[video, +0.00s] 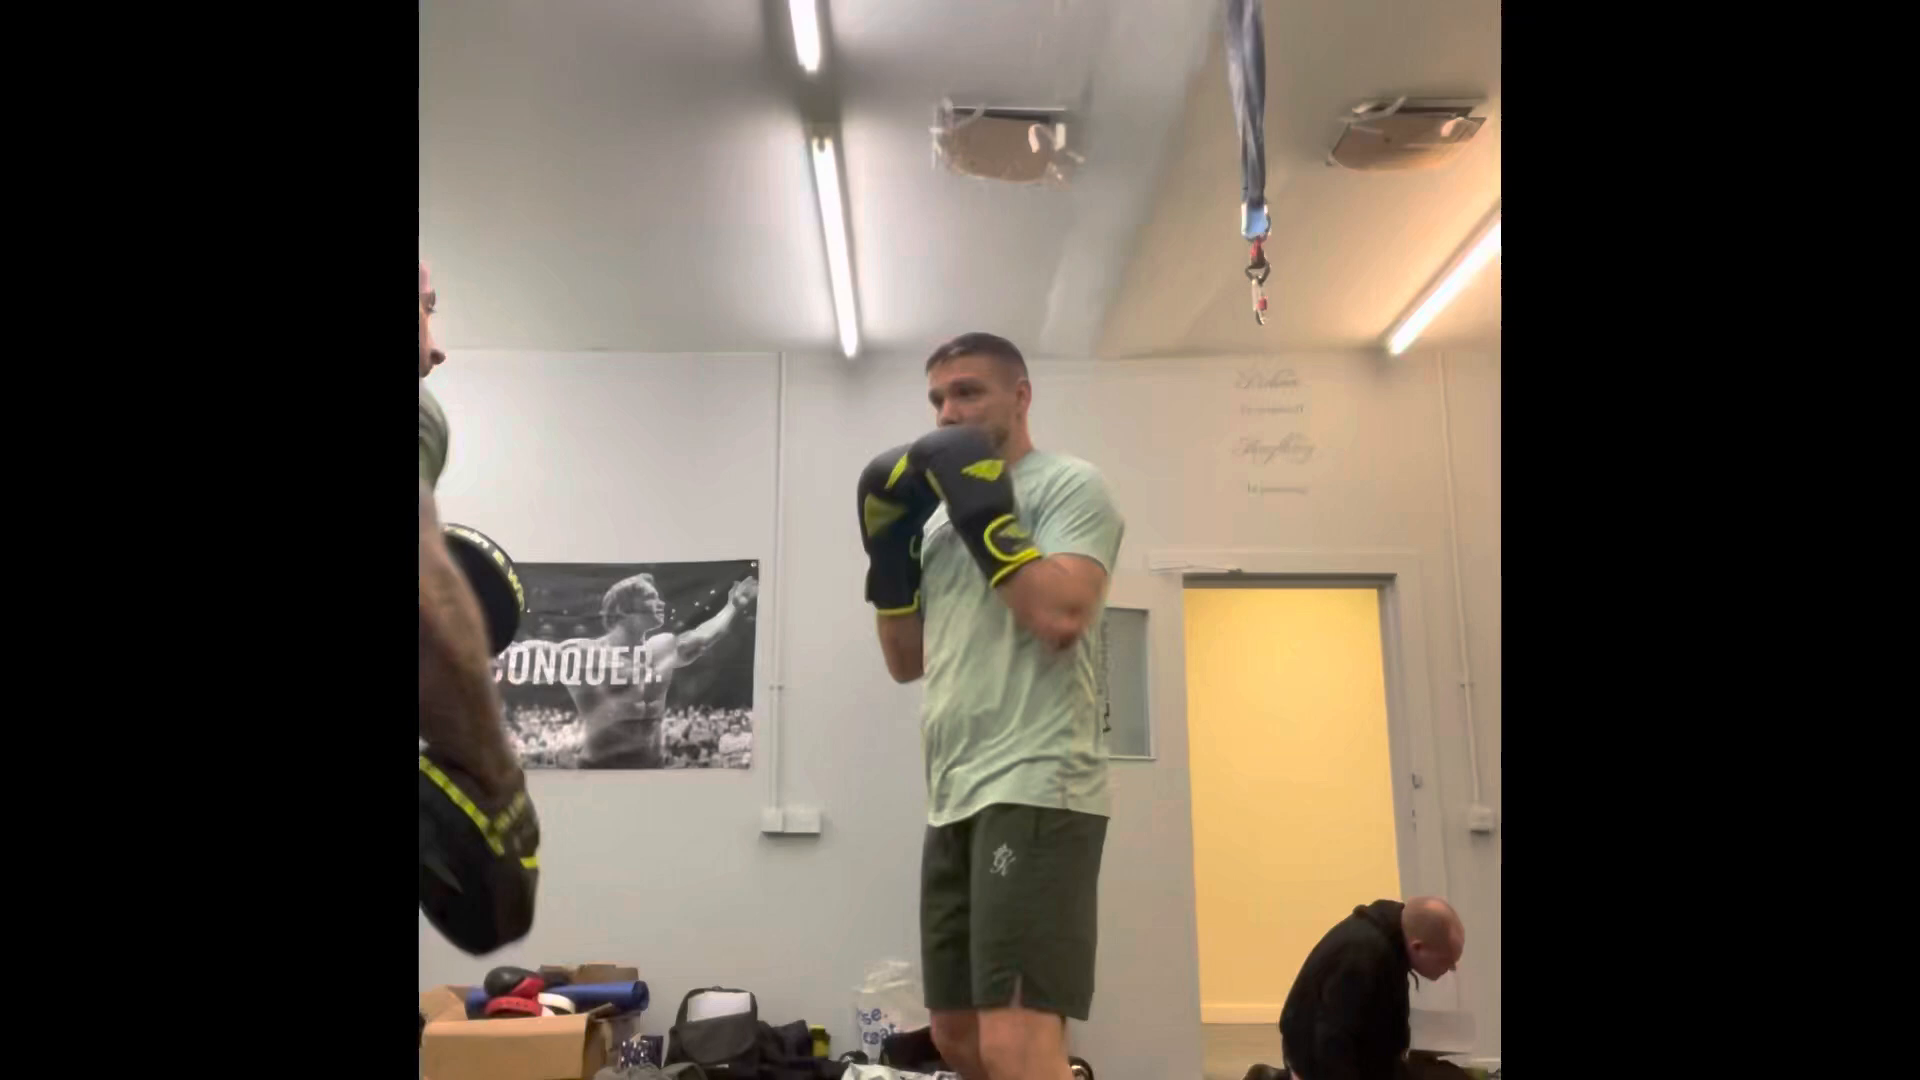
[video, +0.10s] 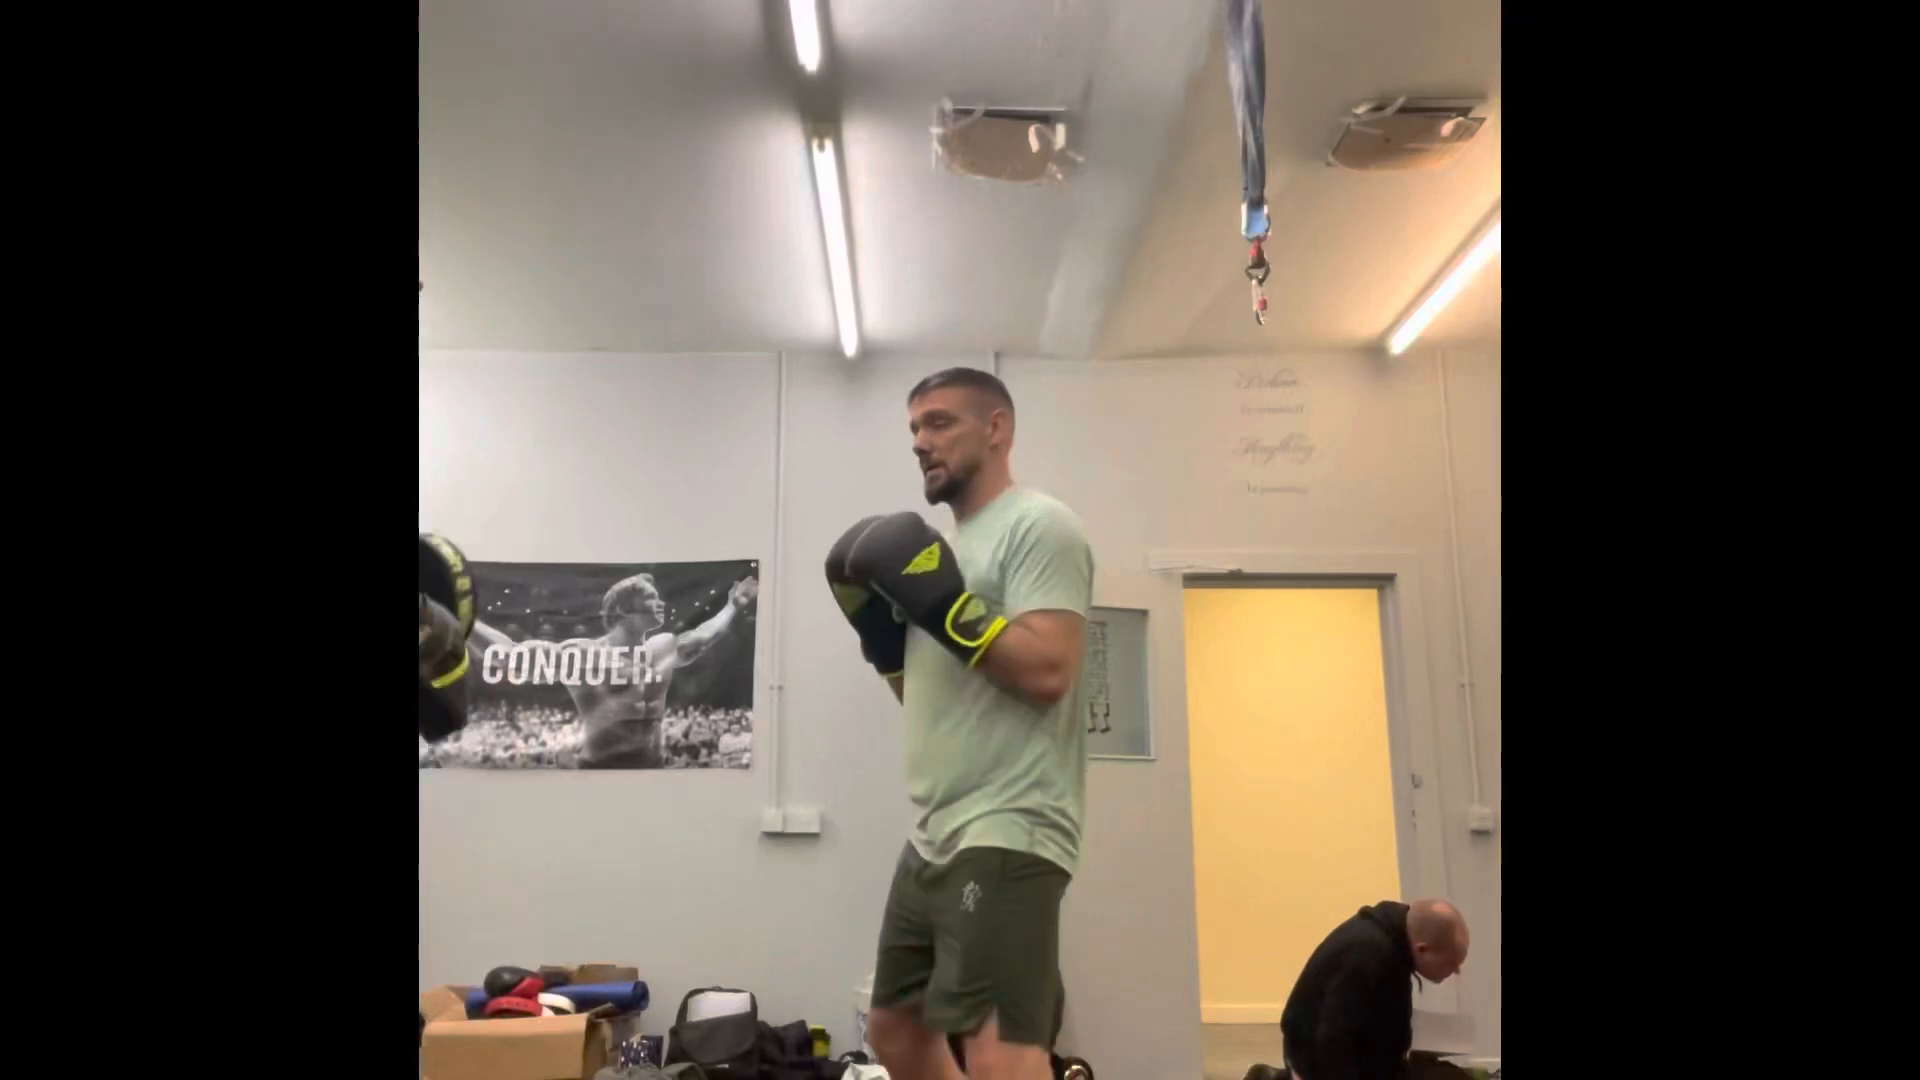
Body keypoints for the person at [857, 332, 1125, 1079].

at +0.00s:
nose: (951, 414)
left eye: (968, 394)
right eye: (939, 401)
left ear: (1020, 395)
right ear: (930, 413)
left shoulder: (1070, 486)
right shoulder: (938, 527)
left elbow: (1061, 616)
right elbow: (906, 663)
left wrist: (980, 512)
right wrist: (887, 547)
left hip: (1040, 785)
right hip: (957, 792)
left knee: (1018, 1039)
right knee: (959, 1036)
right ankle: (1059, 1076)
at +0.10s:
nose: (920, 443)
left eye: (938, 424)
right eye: (915, 431)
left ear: (998, 427)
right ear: (914, 443)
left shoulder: (1042, 525)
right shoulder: (947, 550)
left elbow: (1047, 671)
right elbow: (929, 699)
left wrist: (942, 600)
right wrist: (873, 619)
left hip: (1014, 821)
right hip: (939, 823)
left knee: (1000, 1051)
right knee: (899, 1032)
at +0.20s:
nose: (892, 472)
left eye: (908, 454)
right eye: (889, 460)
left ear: (965, 454)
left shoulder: (1003, 538)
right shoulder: (928, 566)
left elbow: (1010, 672)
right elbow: (931, 700)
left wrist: (908, 623)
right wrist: (870, 656)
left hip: (976, 824)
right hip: (919, 826)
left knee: (963, 1044)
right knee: (906, 1039)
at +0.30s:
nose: (849, 501)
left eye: (860, 481)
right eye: (847, 488)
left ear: (913, 472)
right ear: (911, 478)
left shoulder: (946, 546)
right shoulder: (928, 559)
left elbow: (977, 670)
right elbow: (943, 674)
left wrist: (865, 656)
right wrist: (863, 631)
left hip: (946, 830)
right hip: (967, 831)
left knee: (864, 1028)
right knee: (932, 1033)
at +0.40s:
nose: (830, 504)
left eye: (836, 483)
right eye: (826, 490)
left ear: (884, 468)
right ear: (891, 474)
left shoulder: (911, 538)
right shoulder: (945, 543)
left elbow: (908, 666)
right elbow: (926, 668)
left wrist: (815, 630)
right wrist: (853, 606)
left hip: (915, 827)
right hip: (985, 828)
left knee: (814, 1021)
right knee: (956, 1021)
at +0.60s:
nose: (909, 491)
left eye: (908, 470)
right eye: (905, 472)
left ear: (939, 450)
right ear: (975, 453)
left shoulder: (927, 535)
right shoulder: (1061, 547)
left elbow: (890, 681)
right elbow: (1042, 667)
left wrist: (854, 622)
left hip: (949, 816)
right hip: (1058, 811)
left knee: (887, 1015)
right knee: (1090, 1009)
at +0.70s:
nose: (946, 491)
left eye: (946, 477)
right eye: (945, 479)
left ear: (964, 468)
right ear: (1028, 474)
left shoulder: (934, 547)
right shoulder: (1095, 564)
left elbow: (893, 694)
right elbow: (1109, 710)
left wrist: (894, 635)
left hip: (948, 840)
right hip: (1072, 846)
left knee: (871, 1017)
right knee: (1135, 1048)